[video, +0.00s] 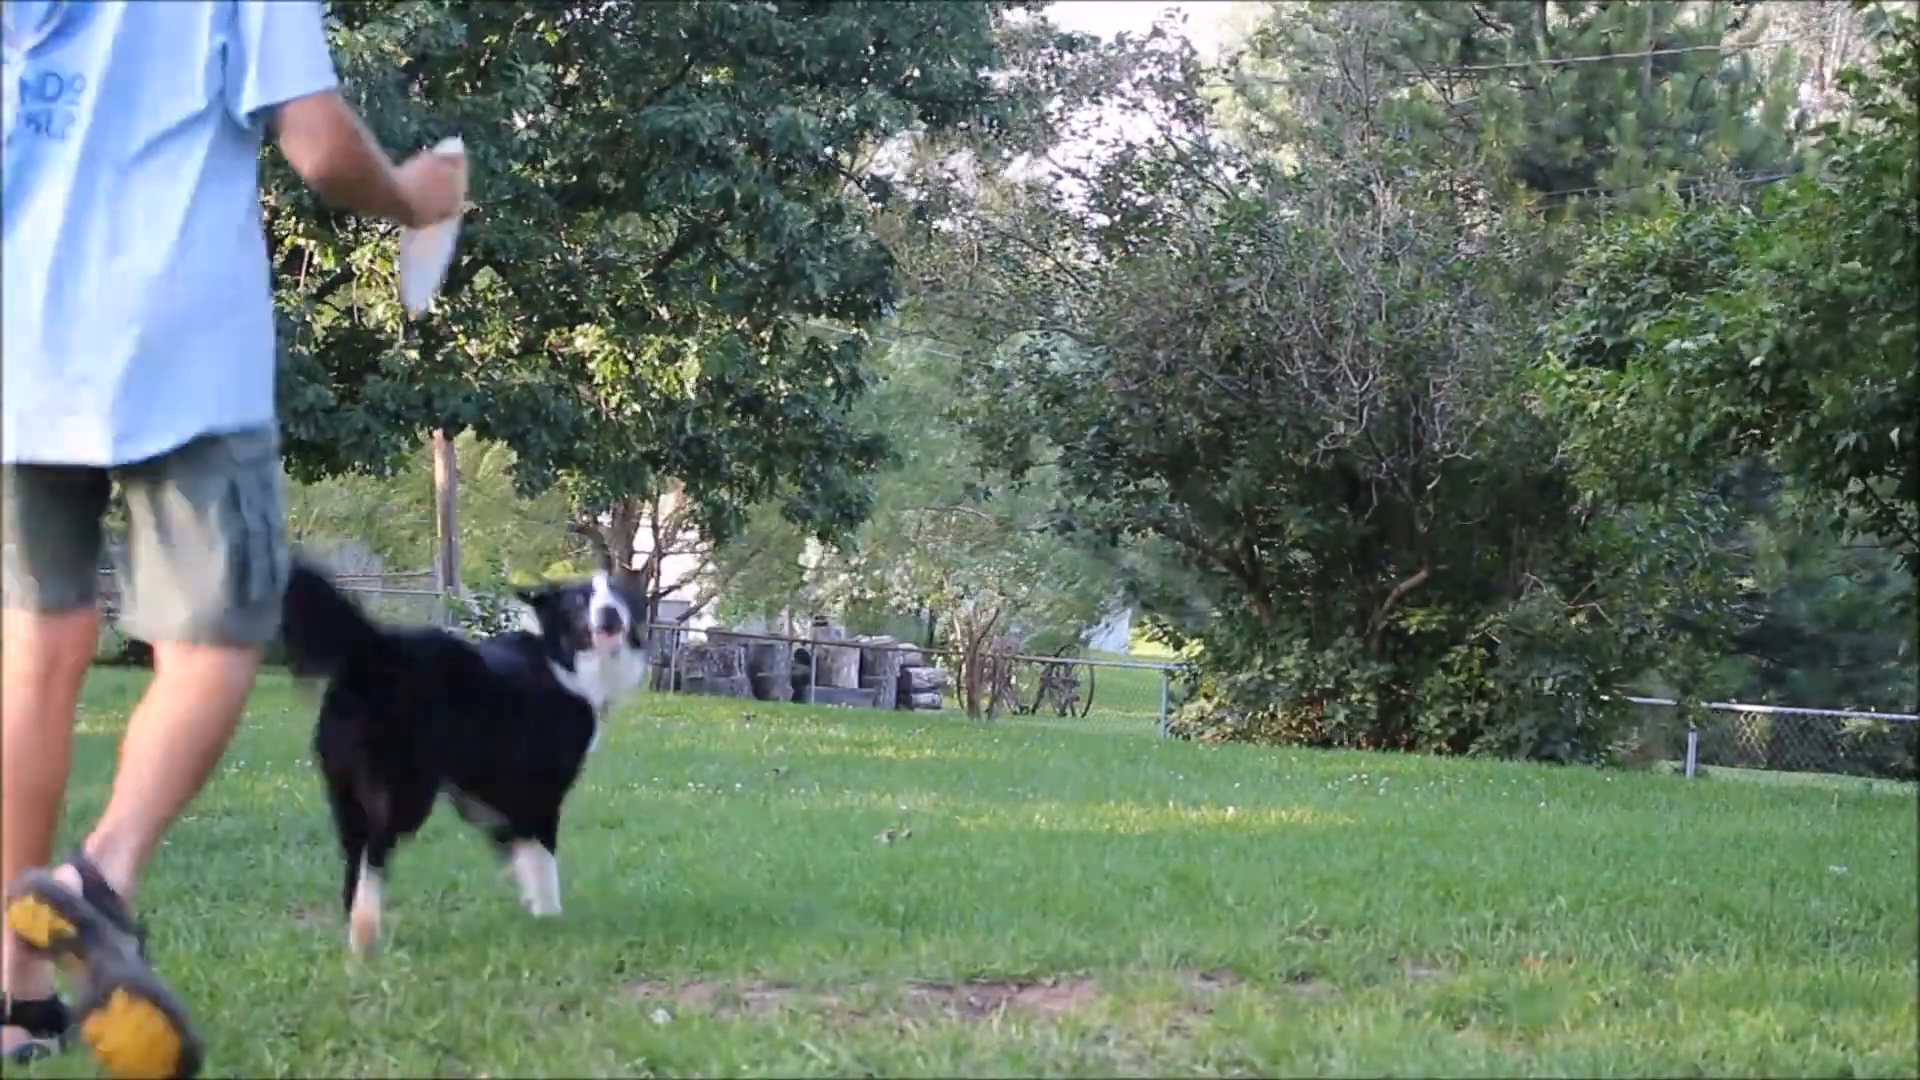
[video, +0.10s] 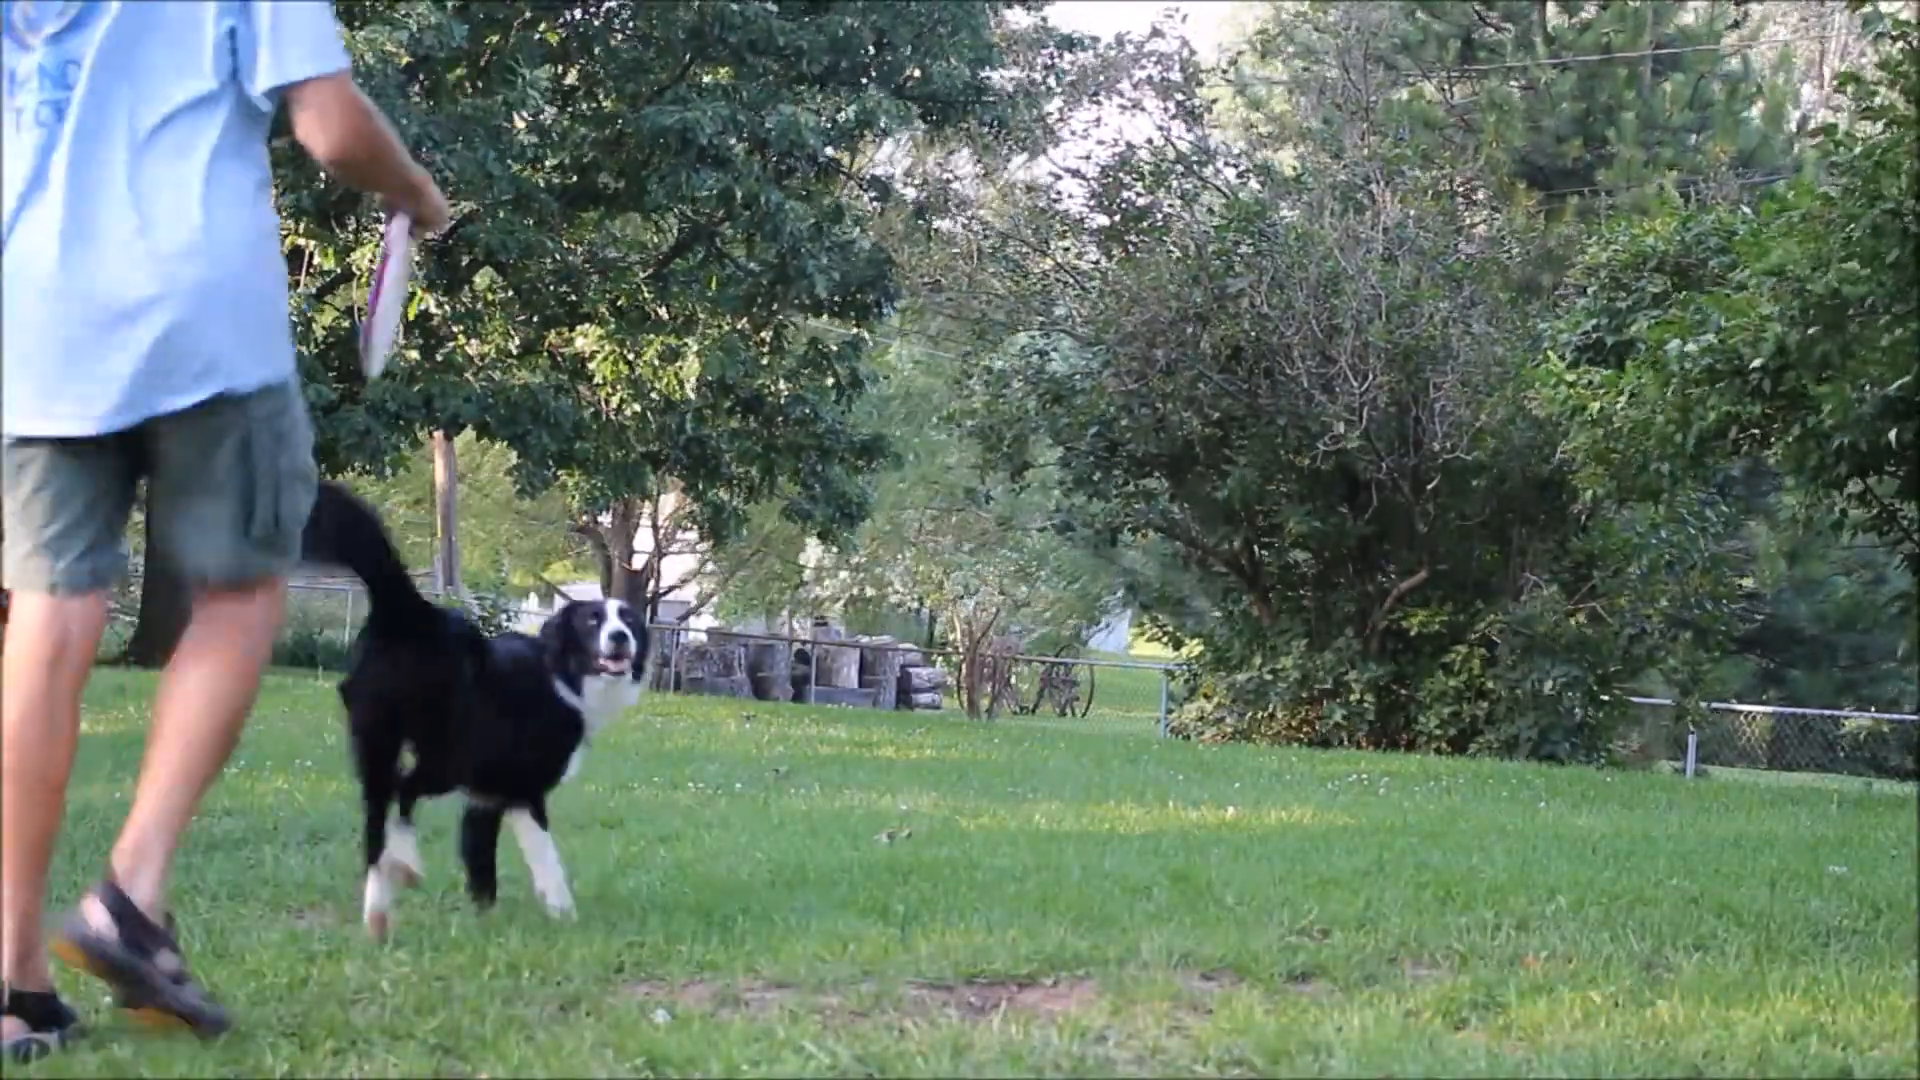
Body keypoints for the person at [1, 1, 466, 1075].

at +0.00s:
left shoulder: (27, 16)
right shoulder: (244, 3)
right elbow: (321, 148)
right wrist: (409, 192)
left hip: (16, 337)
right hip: (178, 335)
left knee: (36, 644)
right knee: (211, 641)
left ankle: (20, 991)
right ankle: (104, 872)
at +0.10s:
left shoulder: (30, 16)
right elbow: (332, 130)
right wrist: (417, 190)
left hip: (32, 313)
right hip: (204, 309)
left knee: (45, 625)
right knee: (240, 598)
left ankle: (17, 982)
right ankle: (134, 893)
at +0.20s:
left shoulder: (30, 10)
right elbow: (346, 142)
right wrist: (430, 177)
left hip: (44, 319)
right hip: (220, 313)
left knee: (56, 631)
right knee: (240, 615)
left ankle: (20, 981)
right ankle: (205, 941)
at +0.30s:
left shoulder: (35, 12)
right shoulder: (301, 5)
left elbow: (20, 154)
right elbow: (366, 176)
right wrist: (448, 192)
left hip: (70, 330)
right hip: (244, 337)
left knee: (72, 630)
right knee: (244, 637)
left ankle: (18, 971)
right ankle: (252, 921)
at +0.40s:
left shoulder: (80, 9)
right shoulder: (349, 9)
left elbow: (28, 196)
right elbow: (412, 198)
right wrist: (473, 250)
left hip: (116, 354)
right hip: (284, 361)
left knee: (98, 618)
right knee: (259, 646)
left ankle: (25, 907)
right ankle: (225, 930)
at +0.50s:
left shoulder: (141, 7)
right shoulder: (393, 12)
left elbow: (80, 211)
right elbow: (458, 219)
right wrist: (479, 276)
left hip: (167, 372)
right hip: (328, 378)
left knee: (137, 614)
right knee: (287, 646)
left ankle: (67, 797)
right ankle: (225, 930)